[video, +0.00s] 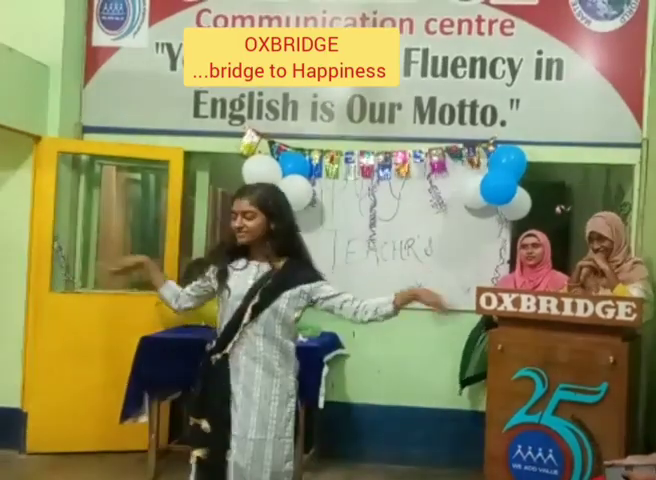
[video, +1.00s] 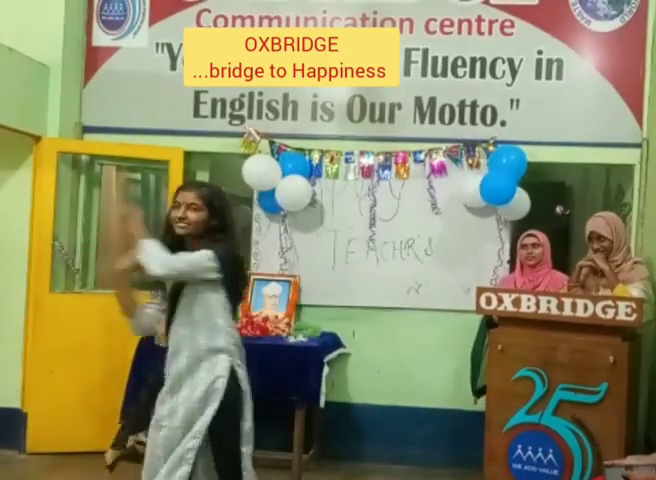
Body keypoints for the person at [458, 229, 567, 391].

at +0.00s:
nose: (529, 251)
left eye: (535, 246)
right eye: (524, 247)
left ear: (546, 250)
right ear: (518, 252)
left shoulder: (561, 282)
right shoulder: (506, 282)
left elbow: (566, 317)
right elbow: (493, 316)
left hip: (548, 346)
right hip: (511, 346)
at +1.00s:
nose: (529, 251)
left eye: (535, 246)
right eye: (524, 247)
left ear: (545, 250)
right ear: (518, 252)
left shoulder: (561, 282)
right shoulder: (506, 282)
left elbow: (566, 319)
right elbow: (494, 320)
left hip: (548, 351)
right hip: (511, 350)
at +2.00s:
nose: (531, 250)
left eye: (536, 246)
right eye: (526, 246)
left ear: (546, 250)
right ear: (519, 252)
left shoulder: (561, 281)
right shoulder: (507, 282)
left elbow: (565, 323)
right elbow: (491, 324)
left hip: (548, 353)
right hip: (511, 352)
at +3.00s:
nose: (531, 251)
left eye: (537, 246)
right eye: (525, 247)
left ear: (547, 251)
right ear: (519, 252)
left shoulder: (561, 281)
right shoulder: (507, 281)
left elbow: (567, 318)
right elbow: (495, 317)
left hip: (549, 349)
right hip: (512, 347)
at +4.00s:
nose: (530, 252)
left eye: (536, 246)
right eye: (525, 247)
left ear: (547, 250)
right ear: (519, 252)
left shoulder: (561, 281)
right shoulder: (508, 281)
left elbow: (566, 317)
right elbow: (496, 315)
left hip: (549, 347)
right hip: (512, 346)